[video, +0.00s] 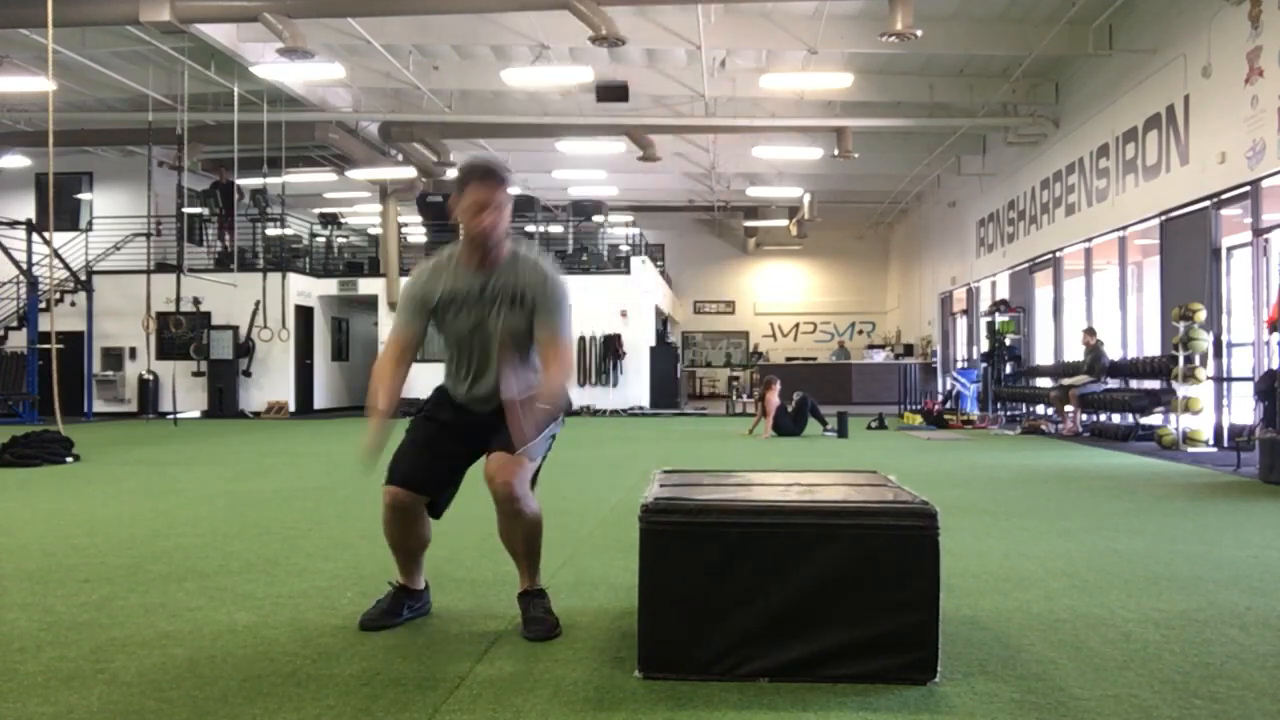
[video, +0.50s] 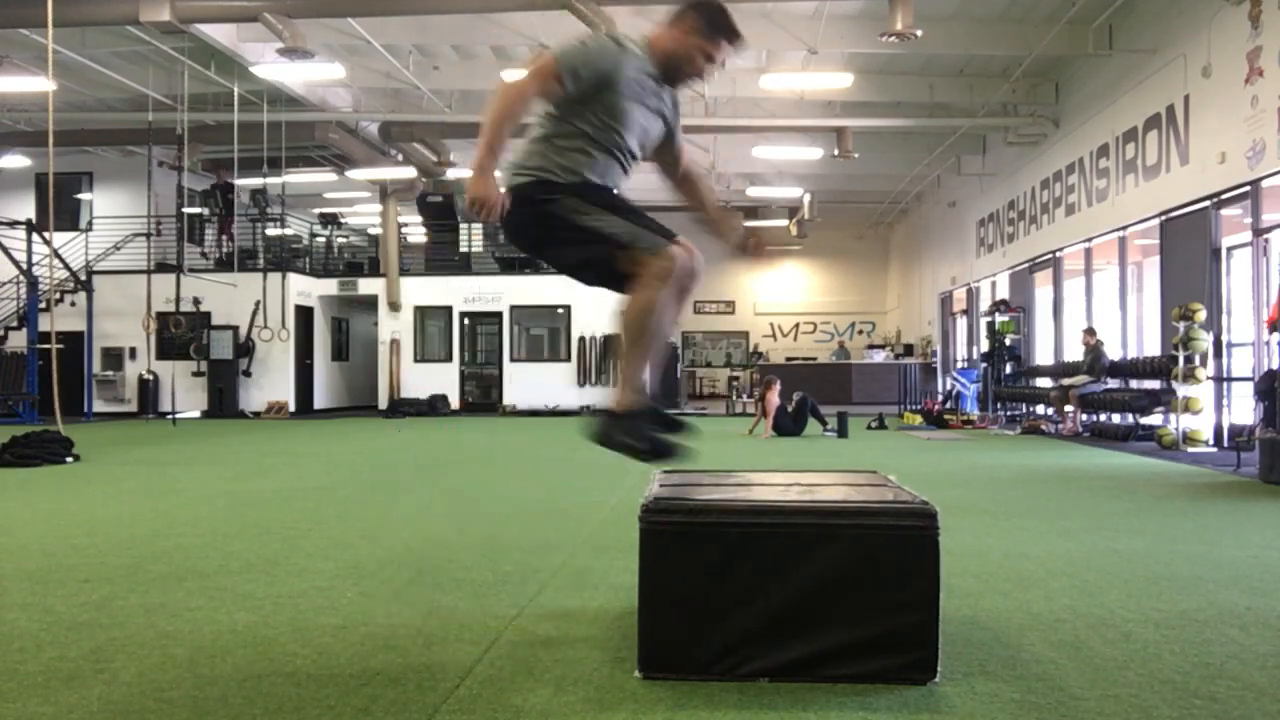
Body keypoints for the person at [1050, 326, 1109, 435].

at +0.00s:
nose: (1083, 340)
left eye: (1085, 337)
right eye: (1083, 337)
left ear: (1093, 338)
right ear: (1087, 338)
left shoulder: (1100, 354)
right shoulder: (1088, 351)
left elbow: (1096, 377)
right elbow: (1085, 371)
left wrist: (1073, 381)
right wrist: (1071, 380)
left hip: (1098, 382)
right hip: (1086, 380)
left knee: (1073, 392)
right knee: (1054, 395)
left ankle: (1076, 426)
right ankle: (1066, 424)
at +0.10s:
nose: (1083, 340)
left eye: (1085, 337)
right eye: (1083, 337)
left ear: (1093, 338)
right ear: (1087, 338)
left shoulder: (1100, 354)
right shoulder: (1088, 351)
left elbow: (1096, 377)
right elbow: (1085, 371)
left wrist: (1073, 381)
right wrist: (1071, 380)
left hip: (1098, 382)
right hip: (1086, 380)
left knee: (1073, 392)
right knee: (1054, 395)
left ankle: (1076, 426)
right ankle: (1066, 424)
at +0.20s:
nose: (1083, 340)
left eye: (1085, 337)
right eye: (1083, 337)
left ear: (1093, 338)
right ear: (1087, 338)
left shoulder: (1100, 354)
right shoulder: (1087, 351)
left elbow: (1096, 377)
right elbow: (1085, 372)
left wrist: (1073, 381)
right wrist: (1071, 380)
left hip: (1098, 382)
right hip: (1086, 380)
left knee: (1074, 393)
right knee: (1054, 395)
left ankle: (1076, 426)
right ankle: (1066, 424)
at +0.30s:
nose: (1083, 340)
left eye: (1085, 337)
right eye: (1083, 337)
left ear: (1093, 338)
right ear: (1087, 338)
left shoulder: (1100, 354)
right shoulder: (1087, 351)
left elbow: (1096, 377)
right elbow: (1085, 372)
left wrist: (1073, 381)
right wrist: (1071, 380)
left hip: (1098, 382)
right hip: (1086, 380)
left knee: (1074, 393)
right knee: (1054, 395)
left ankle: (1076, 426)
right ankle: (1066, 424)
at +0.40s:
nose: (1083, 340)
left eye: (1085, 337)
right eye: (1083, 337)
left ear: (1093, 338)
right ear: (1087, 338)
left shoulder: (1100, 354)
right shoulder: (1087, 351)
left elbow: (1096, 377)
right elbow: (1085, 372)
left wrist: (1073, 381)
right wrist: (1072, 380)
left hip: (1098, 382)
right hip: (1086, 380)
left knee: (1074, 393)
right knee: (1054, 395)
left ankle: (1076, 426)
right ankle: (1066, 424)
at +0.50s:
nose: (1083, 340)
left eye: (1085, 337)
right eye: (1083, 337)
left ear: (1093, 338)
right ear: (1087, 338)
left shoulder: (1100, 354)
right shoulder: (1087, 351)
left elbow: (1096, 377)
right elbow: (1085, 372)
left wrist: (1073, 381)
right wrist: (1071, 380)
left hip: (1098, 382)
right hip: (1086, 380)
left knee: (1074, 393)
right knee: (1054, 395)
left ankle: (1076, 426)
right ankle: (1066, 424)